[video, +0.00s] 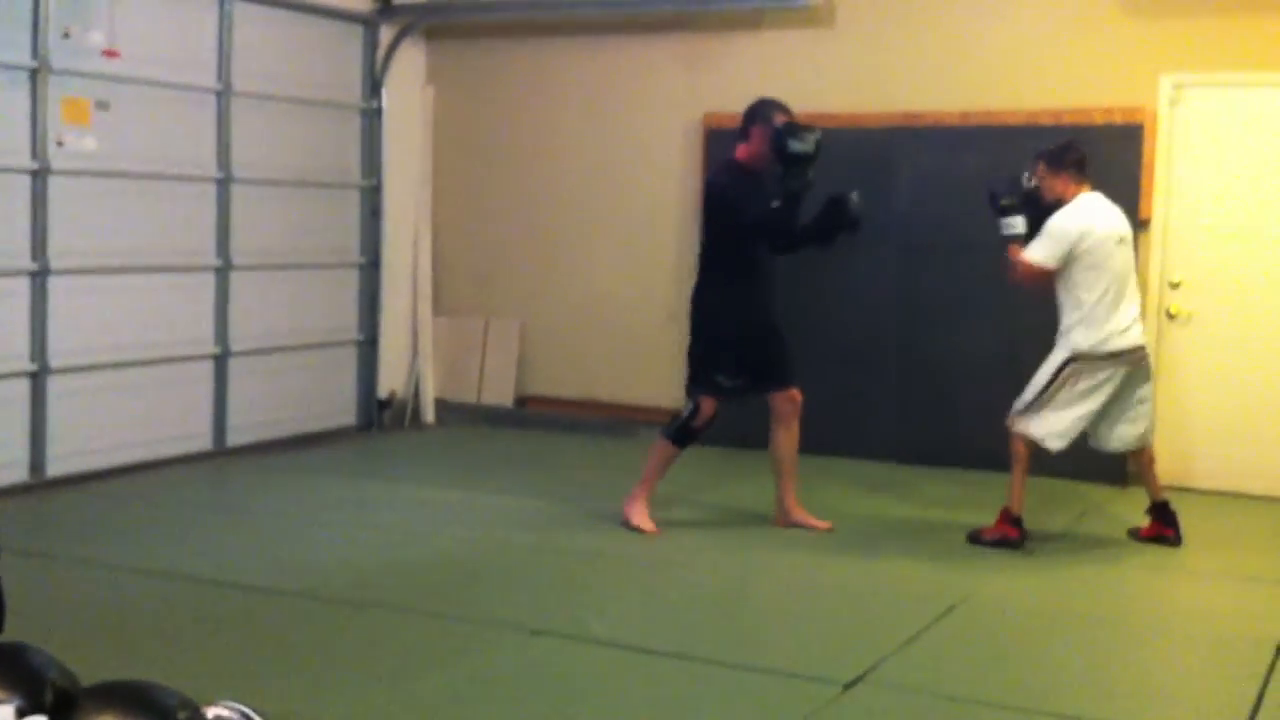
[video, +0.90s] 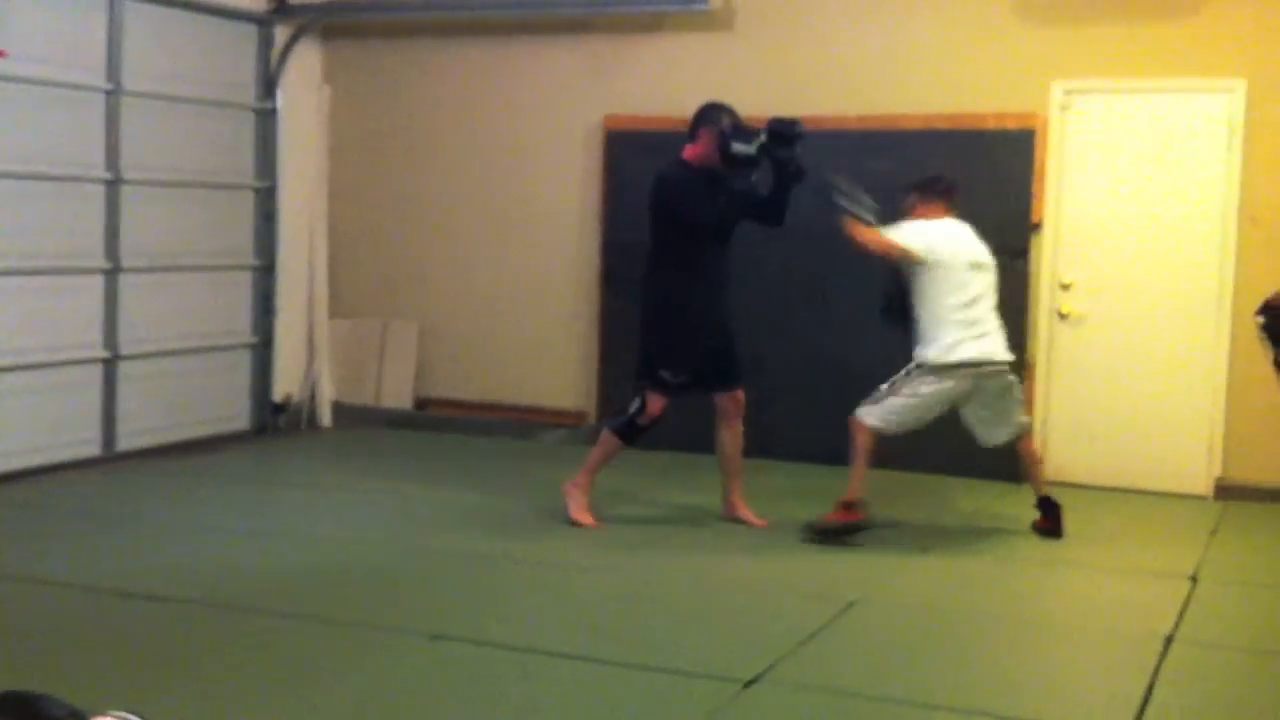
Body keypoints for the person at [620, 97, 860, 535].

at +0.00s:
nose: (785, 145)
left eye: (788, 136)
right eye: (779, 134)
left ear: (773, 136)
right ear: (753, 132)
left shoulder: (765, 181)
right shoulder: (728, 181)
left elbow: (781, 240)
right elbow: (770, 235)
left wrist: (827, 224)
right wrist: (794, 183)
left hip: (754, 305)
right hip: (718, 306)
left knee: (787, 400)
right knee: (701, 408)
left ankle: (788, 506)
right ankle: (639, 498)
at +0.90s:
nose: (729, 150)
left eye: (732, 142)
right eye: (725, 141)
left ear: (716, 140)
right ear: (703, 136)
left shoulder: (720, 184)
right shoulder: (674, 180)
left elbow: (771, 217)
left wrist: (782, 171)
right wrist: (735, 174)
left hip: (709, 308)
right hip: (671, 309)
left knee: (731, 401)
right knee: (652, 403)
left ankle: (733, 500)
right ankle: (579, 484)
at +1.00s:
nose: (706, 148)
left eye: (708, 140)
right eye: (699, 138)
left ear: (706, 141)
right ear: (678, 138)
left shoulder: (706, 181)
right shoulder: (659, 181)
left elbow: (750, 210)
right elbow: (699, 220)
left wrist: (745, 167)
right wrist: (723, 174)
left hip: (693, 305)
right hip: (653, 306)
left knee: (724, 400)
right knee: (647, 405)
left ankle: (719, 503)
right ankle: (562, 473)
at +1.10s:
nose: (667, 146)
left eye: (672, 139)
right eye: (661, 138)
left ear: (676, 142)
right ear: (644, 139)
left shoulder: (679, 184)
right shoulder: (629, 185)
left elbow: (725, 207)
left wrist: (712, 156)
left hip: (676, 306)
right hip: (635, 307)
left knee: (715, 395)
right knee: (626, 406)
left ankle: (708, 500)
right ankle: (539, 470)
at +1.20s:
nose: (643, 158)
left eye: (647, 149)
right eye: (637, 149)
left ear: (647, 152)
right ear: (619, 148)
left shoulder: (649, 192)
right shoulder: (596, 191)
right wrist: (663, 186)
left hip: (645, 315)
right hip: (603, 317)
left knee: (679, 397)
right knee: (598, 408)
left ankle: (705, 496)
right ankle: (520, 485)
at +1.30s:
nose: (613, 162)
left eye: (619, 156)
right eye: (612, 153)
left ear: (616, 160)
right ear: (597, 152)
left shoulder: (612, 195)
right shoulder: (563, 190)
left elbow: (622, 257)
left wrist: (639, 198)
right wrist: (629, 194)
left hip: (589, 310)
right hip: (547, 312)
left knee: (631, 388)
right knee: (552, 409)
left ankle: (671, 495)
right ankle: (491, 500)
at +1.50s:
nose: (550, 164)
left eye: (555, 156)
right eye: (546, 153)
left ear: (551, 155)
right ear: (524, 144)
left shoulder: (532, 185)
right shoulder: (490, 177)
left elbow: (546, 249)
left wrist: (571, 202)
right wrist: (558, 196)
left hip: (496, 303)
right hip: (463, 301)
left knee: (507, 400)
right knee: (485, 398)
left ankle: (451, 458)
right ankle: (458, 500)